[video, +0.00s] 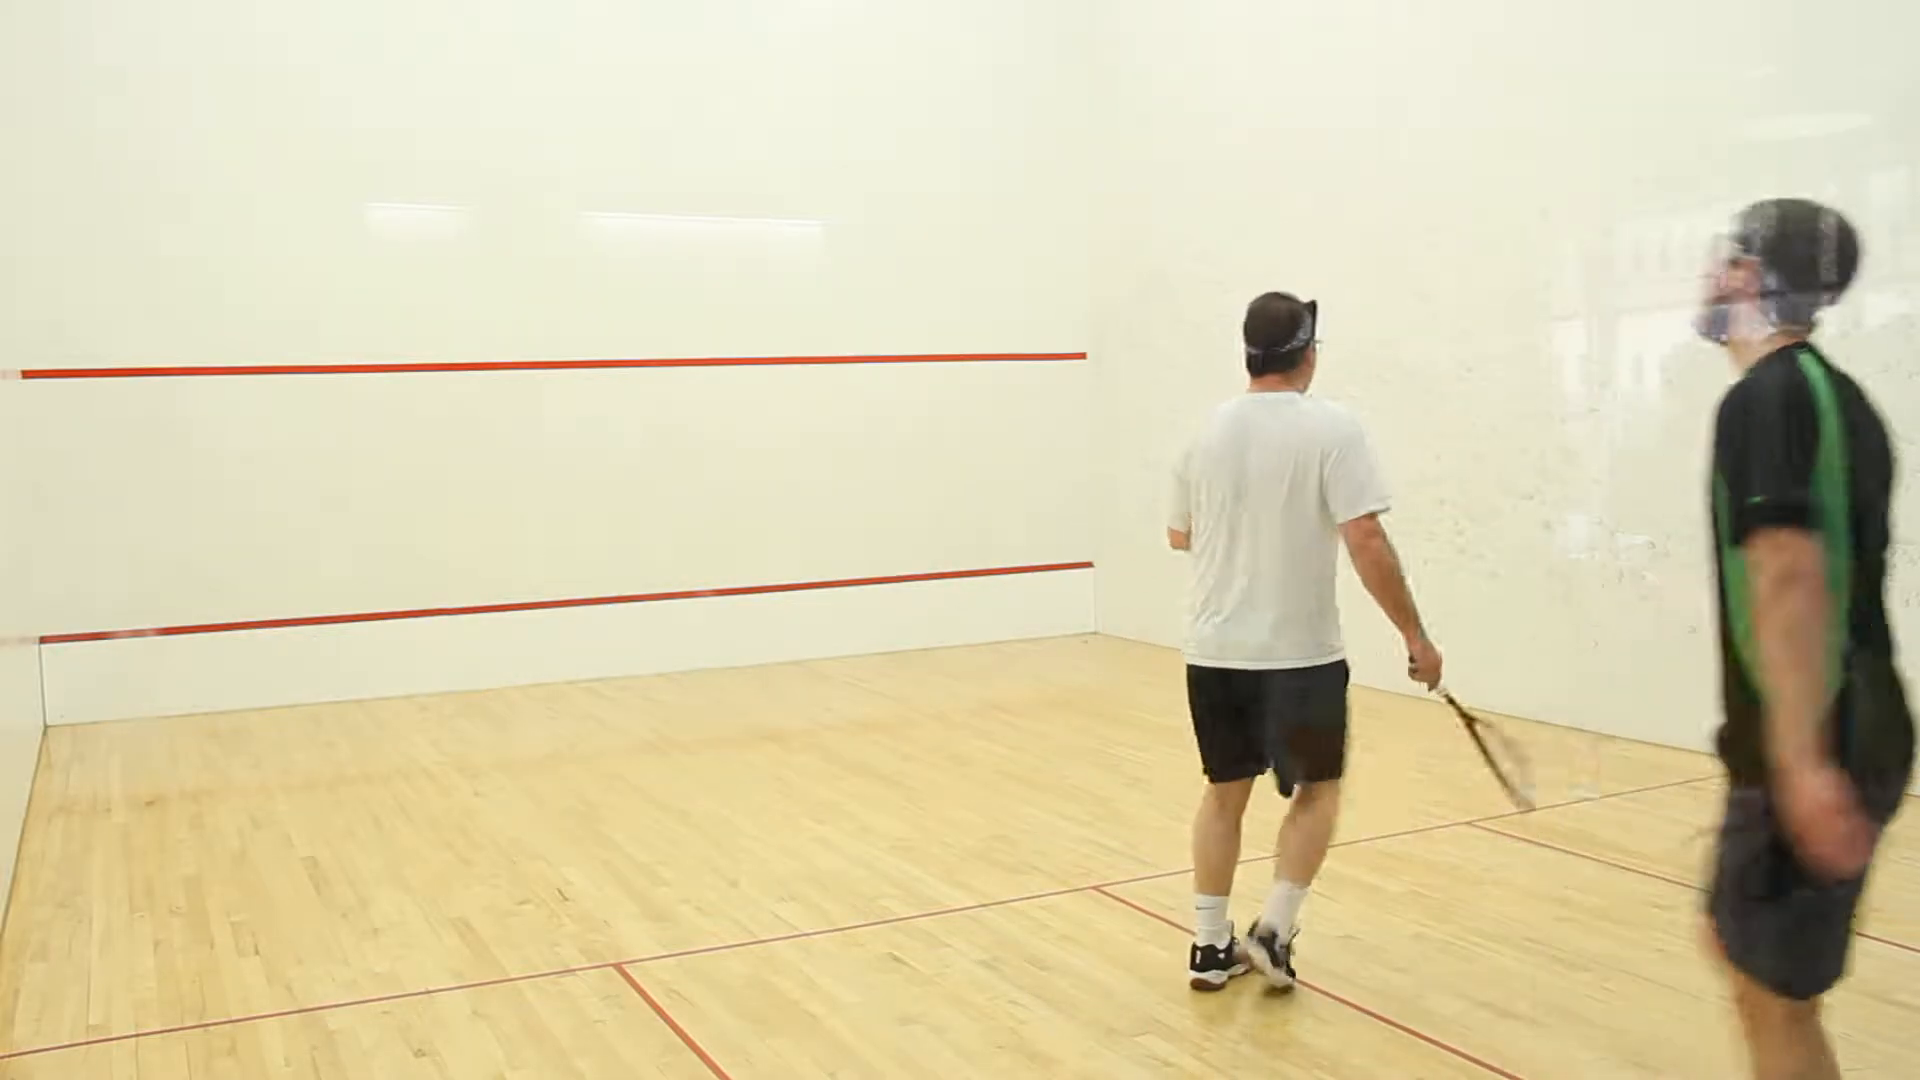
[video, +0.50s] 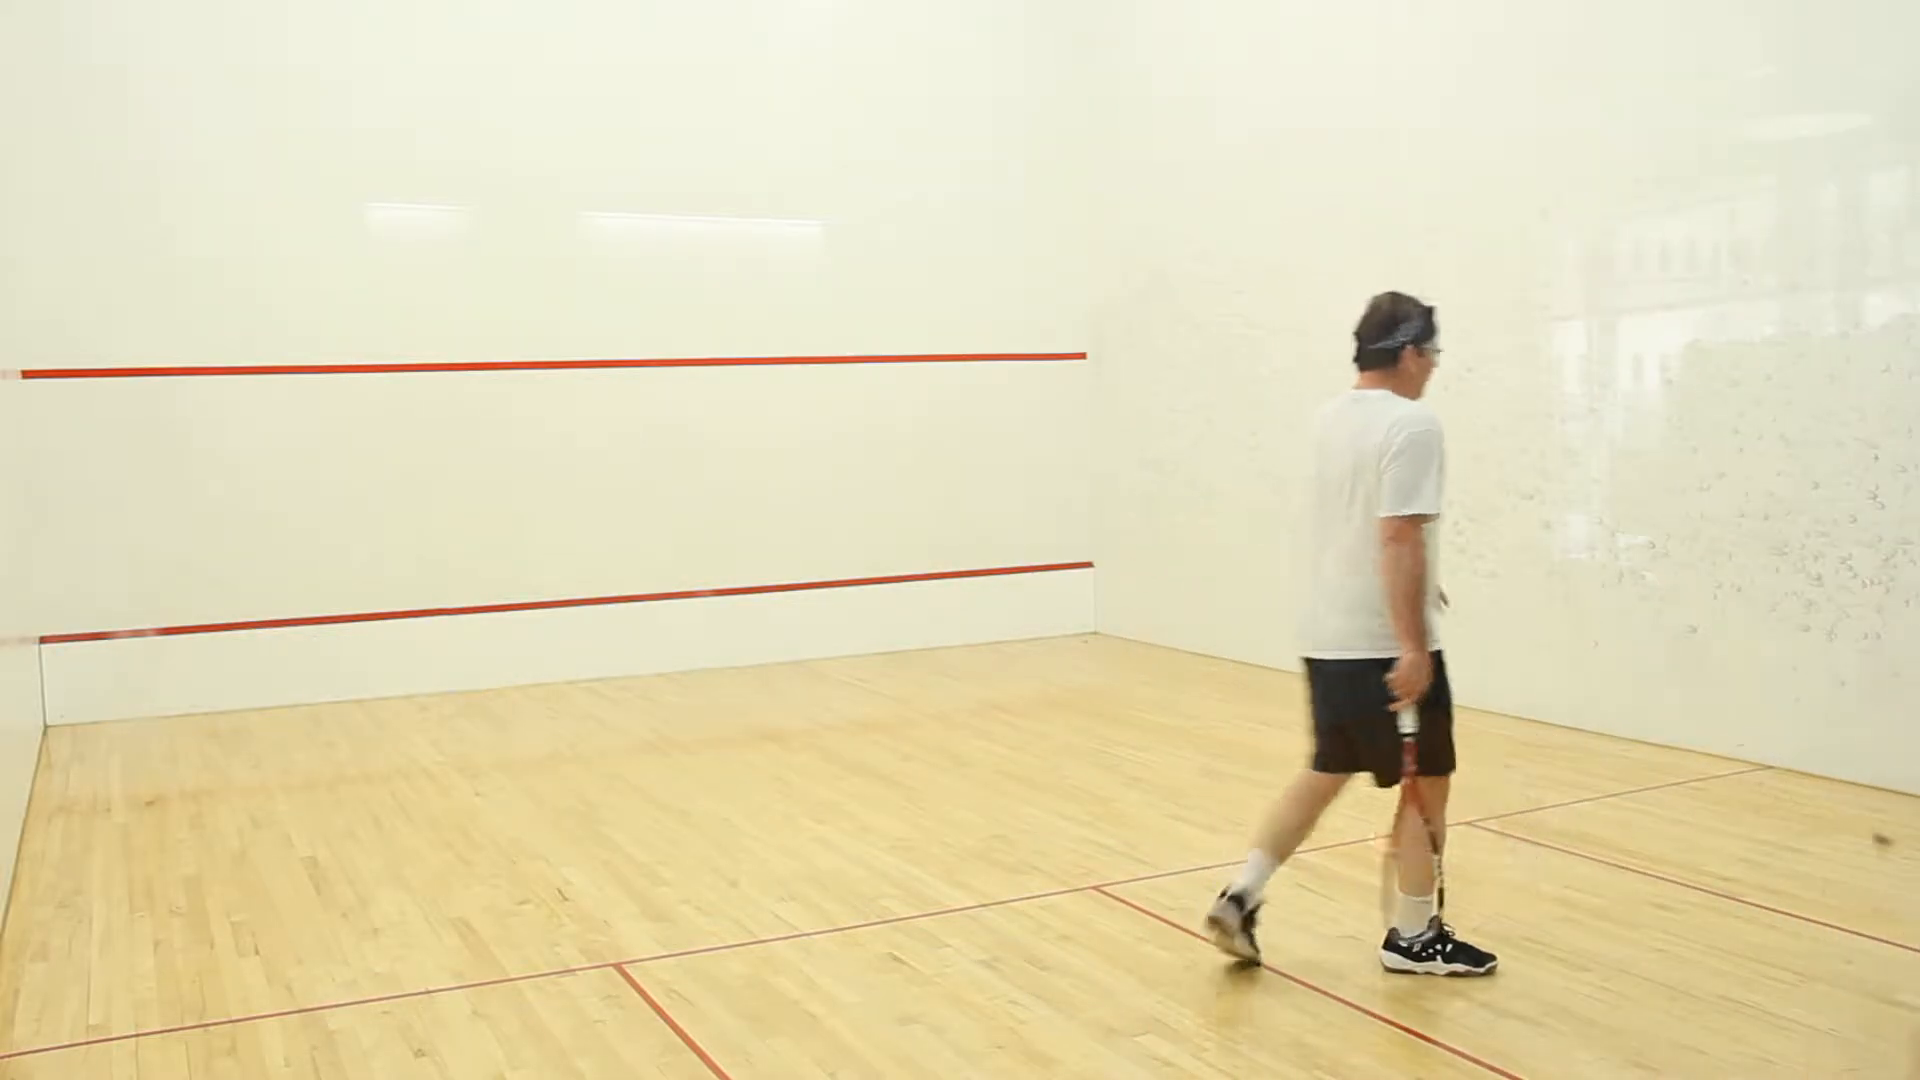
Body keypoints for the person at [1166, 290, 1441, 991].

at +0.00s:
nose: (1318, 357)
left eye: (1310, 347)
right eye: (1316, 348)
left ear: (1247, 355)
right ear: (1308, 355)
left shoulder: (1210, 434)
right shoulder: (1333, 431)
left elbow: (1181, 536)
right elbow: (1366, 543)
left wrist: (1258, 531)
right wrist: (1415, 635)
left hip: (1214, 655)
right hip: (1301, 657)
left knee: (1225, 787)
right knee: (1314, 792)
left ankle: (1210, 943)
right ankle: (1274, 928)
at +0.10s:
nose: (1329, 354)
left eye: (1322, 343)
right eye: (1326, 344)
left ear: (1260, 356)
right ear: (1316, 352)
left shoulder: (1223, 427)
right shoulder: (1331, 428)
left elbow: (1197, 526)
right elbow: (1350, 544)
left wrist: (1276, 509)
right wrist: (1397, 648)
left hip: (1227, 646)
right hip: (1308, 648)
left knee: (1233, 778)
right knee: (1362, 765)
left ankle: (1211, 943)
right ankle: (1298, 913)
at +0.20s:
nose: (1345, 356)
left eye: (1341, 344)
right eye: (1343, 345)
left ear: (1277, 356)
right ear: (1333, 351)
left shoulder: (1244, 423)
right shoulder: (1338, 428)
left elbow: (1217, 514)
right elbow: (1346, 542)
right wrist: (1369, 654)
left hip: (1240, 649)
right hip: (1313, 652)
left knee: (1242, 775)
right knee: (1393, 758)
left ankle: (1212, 940)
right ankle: (1352, 920)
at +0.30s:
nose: (1372, 362)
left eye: (1368, 351)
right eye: (1369, 351)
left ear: (1306, 357)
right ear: (1355, 356)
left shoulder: (1268, 425)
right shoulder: (1357, 430)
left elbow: (1266, 536)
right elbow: (1347, 540)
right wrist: (1357, 655)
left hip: (1259, 652)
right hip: (1331, 655)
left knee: (1253, 775)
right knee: (1403, 765)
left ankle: (1212, 938)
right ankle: (1406, 930)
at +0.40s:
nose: (1404, 366)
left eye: (1402, 354)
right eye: (1401, 354)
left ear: (1338, 358)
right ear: (1385, 357)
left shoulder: (1308, 419)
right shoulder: (1386, 428)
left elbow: (1299, 532)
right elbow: (1370, 539)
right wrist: (1373, 652)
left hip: (1290, 647)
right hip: (1362, 654)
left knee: (1279, 772)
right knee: (1412, 778)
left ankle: (1217, 926)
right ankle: (1412, 929)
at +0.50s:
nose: (1433, 365)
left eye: (1432, 353)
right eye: (1430, 352)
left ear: (1369, 352)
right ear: (1408, 353)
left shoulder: (1333, 416)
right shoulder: (1410, 424)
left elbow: (1337, 531)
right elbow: (1401, 538)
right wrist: (1414, 648)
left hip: (1328, 642)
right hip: (1390, 645)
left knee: (1329, 766)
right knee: (1426, 783)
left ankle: (1240, 896)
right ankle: (1412, 933)